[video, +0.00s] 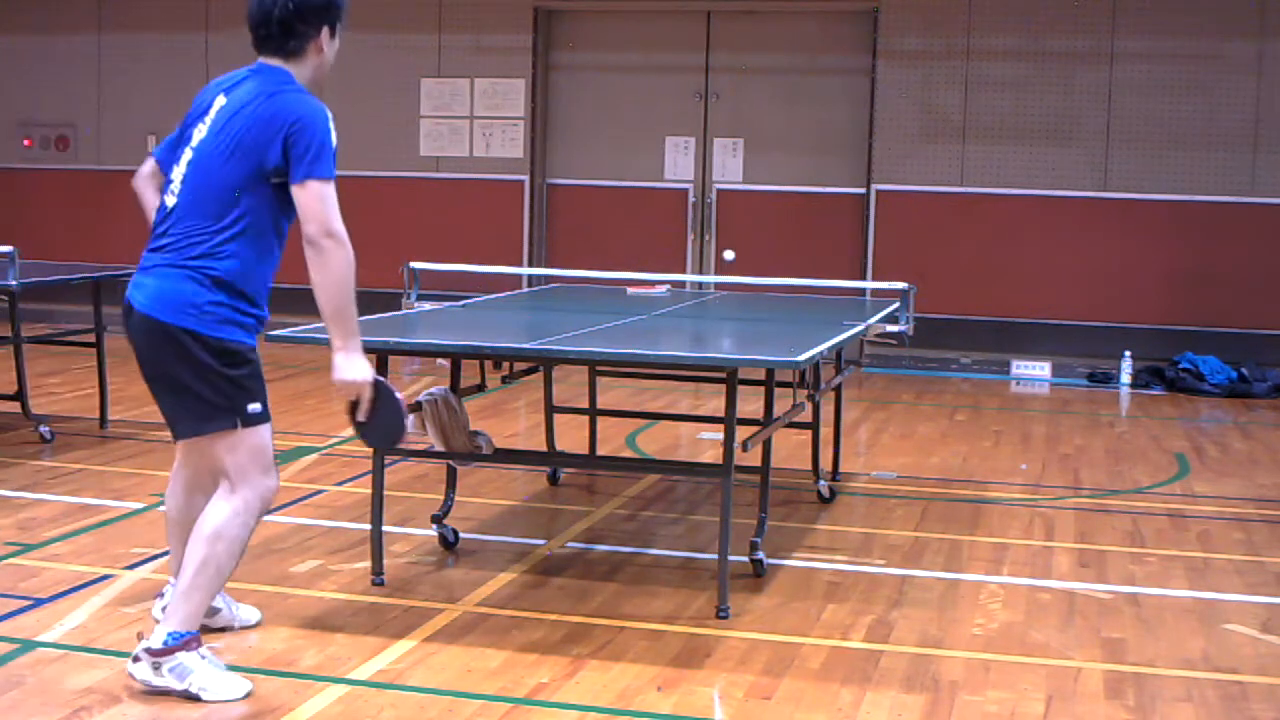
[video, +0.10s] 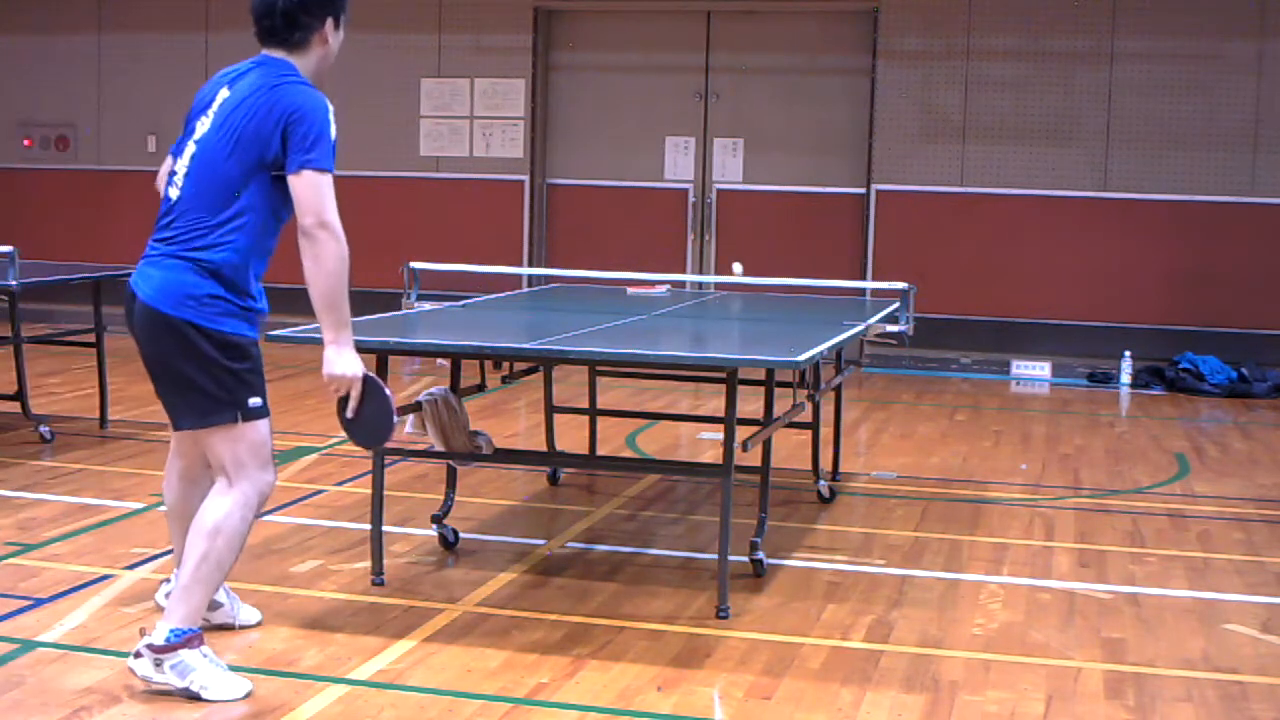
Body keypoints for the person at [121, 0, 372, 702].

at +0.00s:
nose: (336, 48)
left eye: (336, 35)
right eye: (337, 35)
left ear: (265, 30)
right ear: (323, 37)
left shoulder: (222, 89)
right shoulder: (304, 113)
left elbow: (148, 179)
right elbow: (323, 234)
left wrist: (186, 255)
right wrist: (347, 351)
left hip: (156, 300)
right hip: (204, 314)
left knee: (200, 458)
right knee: (253, 484)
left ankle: (188, 595)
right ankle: (169, 645)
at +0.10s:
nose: (340, 39)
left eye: (339, 27)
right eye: (340, 26)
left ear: (266, 24)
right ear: (327, 29)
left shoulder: (225, 81)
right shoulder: (305, 102)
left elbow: (170, 178)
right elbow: (318, 225)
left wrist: (208, 258)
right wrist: (339, 342)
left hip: (158, 292)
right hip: (207, 304)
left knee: (194, 450)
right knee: (250, 477)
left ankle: (192, 588)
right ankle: (170, 642)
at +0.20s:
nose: (346, 45)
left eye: (346, 32)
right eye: (347, 32)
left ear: (272, 27)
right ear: (334, 34)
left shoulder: (231, 82)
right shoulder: (304, 108)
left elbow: (188, 190)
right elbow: (319, 231)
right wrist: (340, 349)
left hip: (159, 292)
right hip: (205, 306)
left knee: (190, 449)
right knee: (249, 478)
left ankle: (192, 587)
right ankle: (170, 642)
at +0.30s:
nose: (352, 58)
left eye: (354, 45)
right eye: (355, 44)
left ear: (280, 34)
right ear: (341, 44)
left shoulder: (236, 89)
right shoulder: (305, 118)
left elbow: (193, 196)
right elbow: (320, 244)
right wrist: (346, 362)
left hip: (155, 294)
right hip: (199, 311)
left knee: (189, 451)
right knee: (250, 479)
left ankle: (189, 586)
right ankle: (170, 643)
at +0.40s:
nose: (361, 70)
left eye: (362, 56)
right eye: (363, 57)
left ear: (287, 39)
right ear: (350, 53)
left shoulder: (237, 92)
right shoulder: (308, 126)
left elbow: (189, 195)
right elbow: (323, 254)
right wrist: (352, 369)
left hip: (150, 297)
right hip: (194, 316)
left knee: (185, 452)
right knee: (248, 481)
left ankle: (189, 586)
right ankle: (168, 645)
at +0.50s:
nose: (360, 81)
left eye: (364, 69)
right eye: (364, 68)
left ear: (290, 45)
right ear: (353, 63)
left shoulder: (235, 95)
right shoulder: (309, 132)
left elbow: (158, 187)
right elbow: (322, 259)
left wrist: (208, 249)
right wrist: (355, 368)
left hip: (147, 300)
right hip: (192, 317)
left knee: (186, 451)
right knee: (251, 483)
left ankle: (184, 579)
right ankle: (169, 646)